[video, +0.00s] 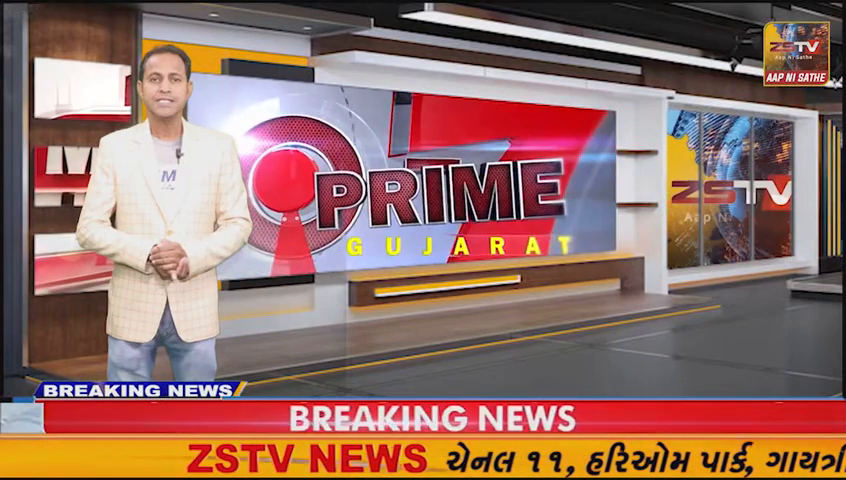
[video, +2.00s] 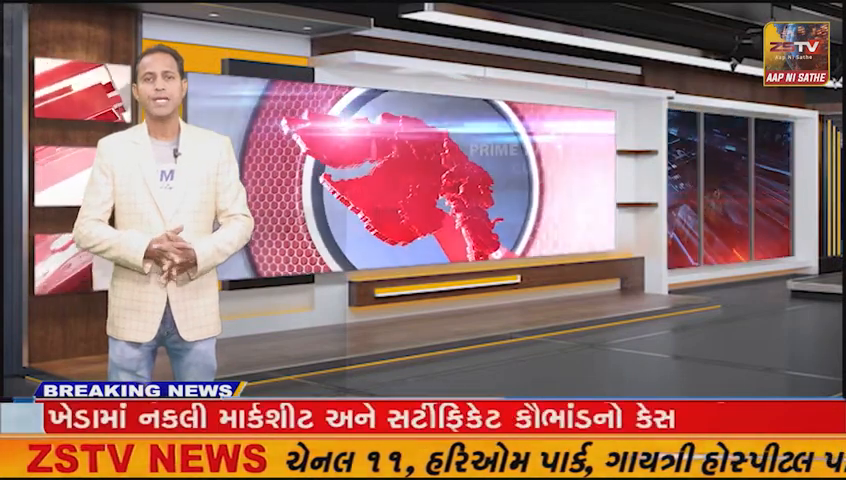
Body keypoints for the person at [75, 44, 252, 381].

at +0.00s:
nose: (164, 87)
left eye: (175, 79)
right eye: (155, 78)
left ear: (188, 89)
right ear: (141, 88)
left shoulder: (219, 147)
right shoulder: (113, 147)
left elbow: (238, 223)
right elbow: (90, 228)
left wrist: (192, 257)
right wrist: (148, 254)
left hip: (195, 303)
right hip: (132, 303)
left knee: (201, 413)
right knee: (125, 415)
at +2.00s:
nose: (159, 86)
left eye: (168, 76)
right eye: (149, 78)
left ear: (183, 87)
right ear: (137, 91)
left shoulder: (216, 147)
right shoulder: (112, 148)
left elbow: (239, 220)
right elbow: (86, 229)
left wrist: (199, 255)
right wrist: (143, 248)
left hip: (195, 303)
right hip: (133, 304)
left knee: (201, 415)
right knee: (125, 417)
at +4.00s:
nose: (165, 87)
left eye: (174, 77)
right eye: (154, 78)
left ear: (188, 87)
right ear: (140, 90)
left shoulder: (218, 147)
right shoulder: (115, 148)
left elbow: (239, 224)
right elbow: (92, 232)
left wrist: (202, 279)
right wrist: (145, 279)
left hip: (199, 310)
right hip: (135, 310)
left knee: (205, 420)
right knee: (127, 422)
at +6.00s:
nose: (163, 89)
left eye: (173, 79)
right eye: (153, 80)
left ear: (187, 88)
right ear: (140, 90)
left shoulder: (219, 148)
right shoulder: (115, 148)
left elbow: (238, 225)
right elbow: (92, 232)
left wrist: (201, 280)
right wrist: (145, 280)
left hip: (199, 310)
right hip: (135, 311)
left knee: (205, 420)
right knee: (125, 420)